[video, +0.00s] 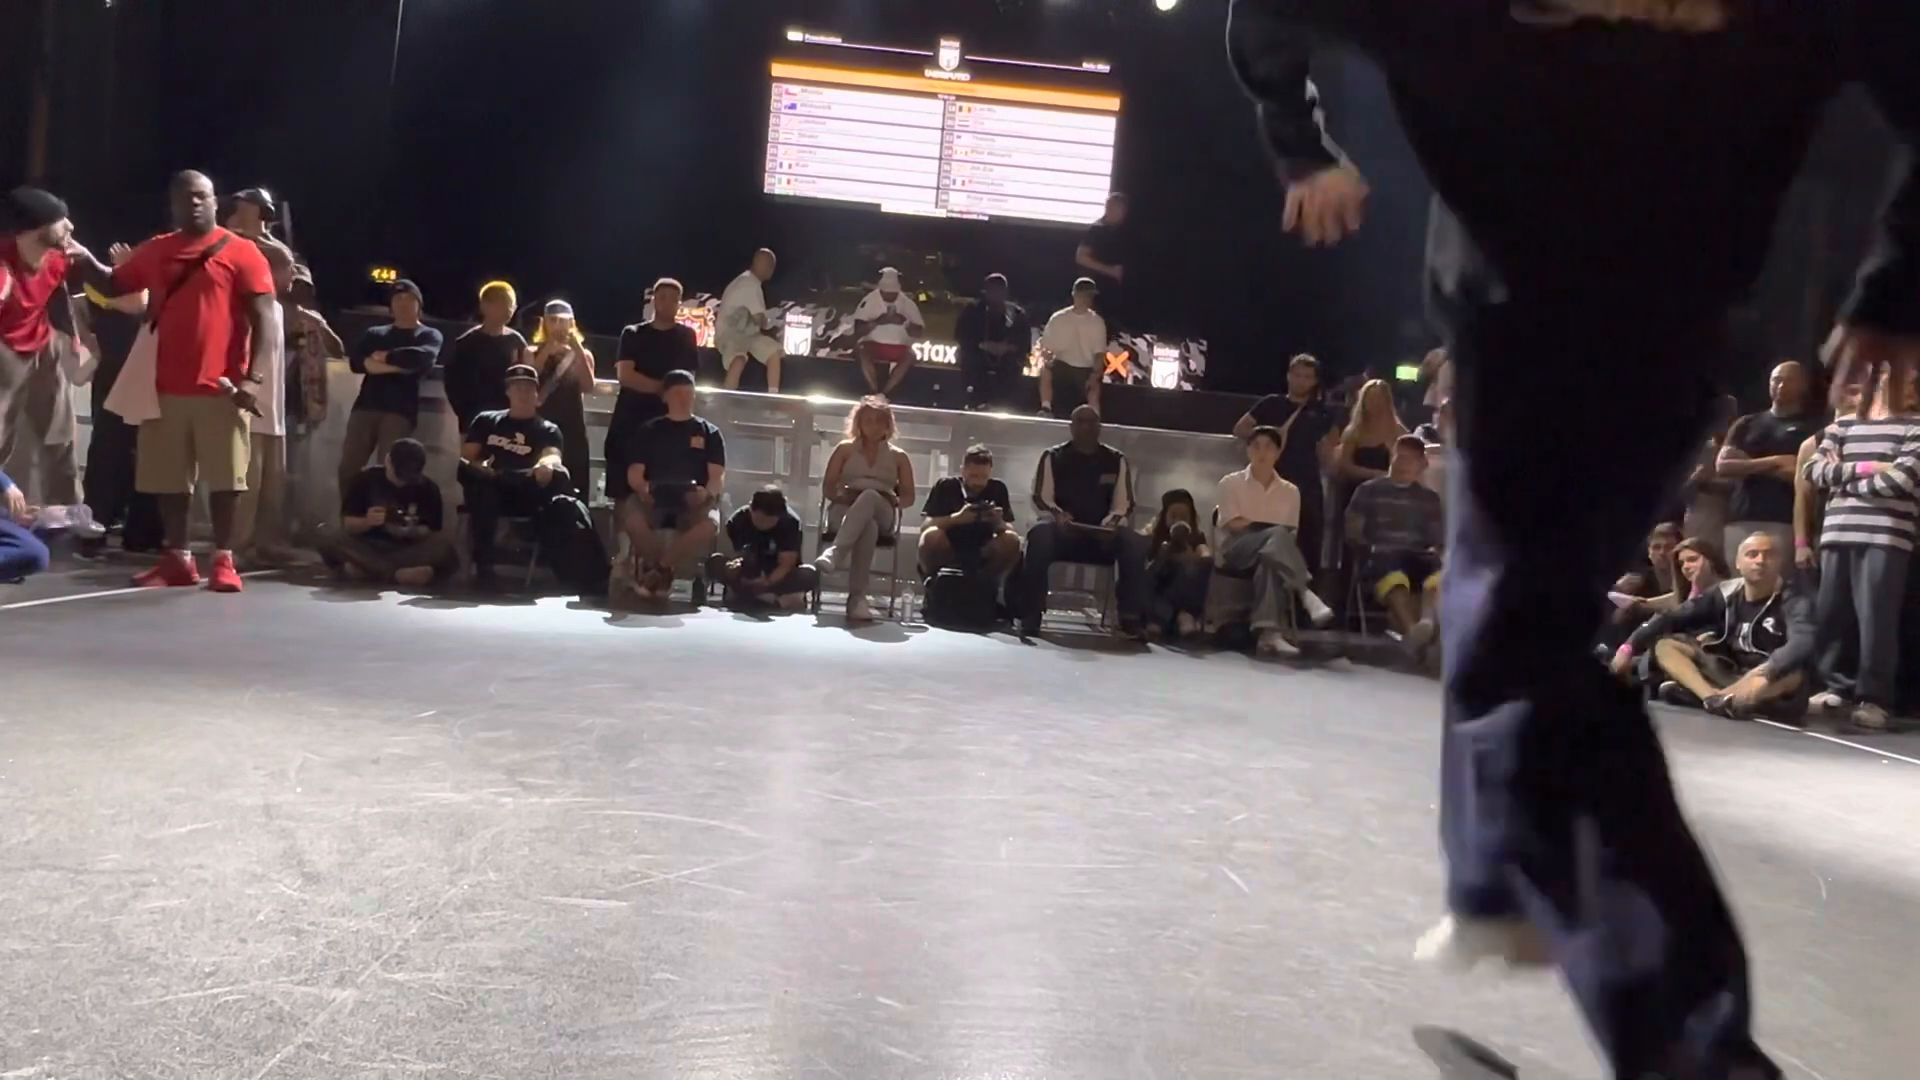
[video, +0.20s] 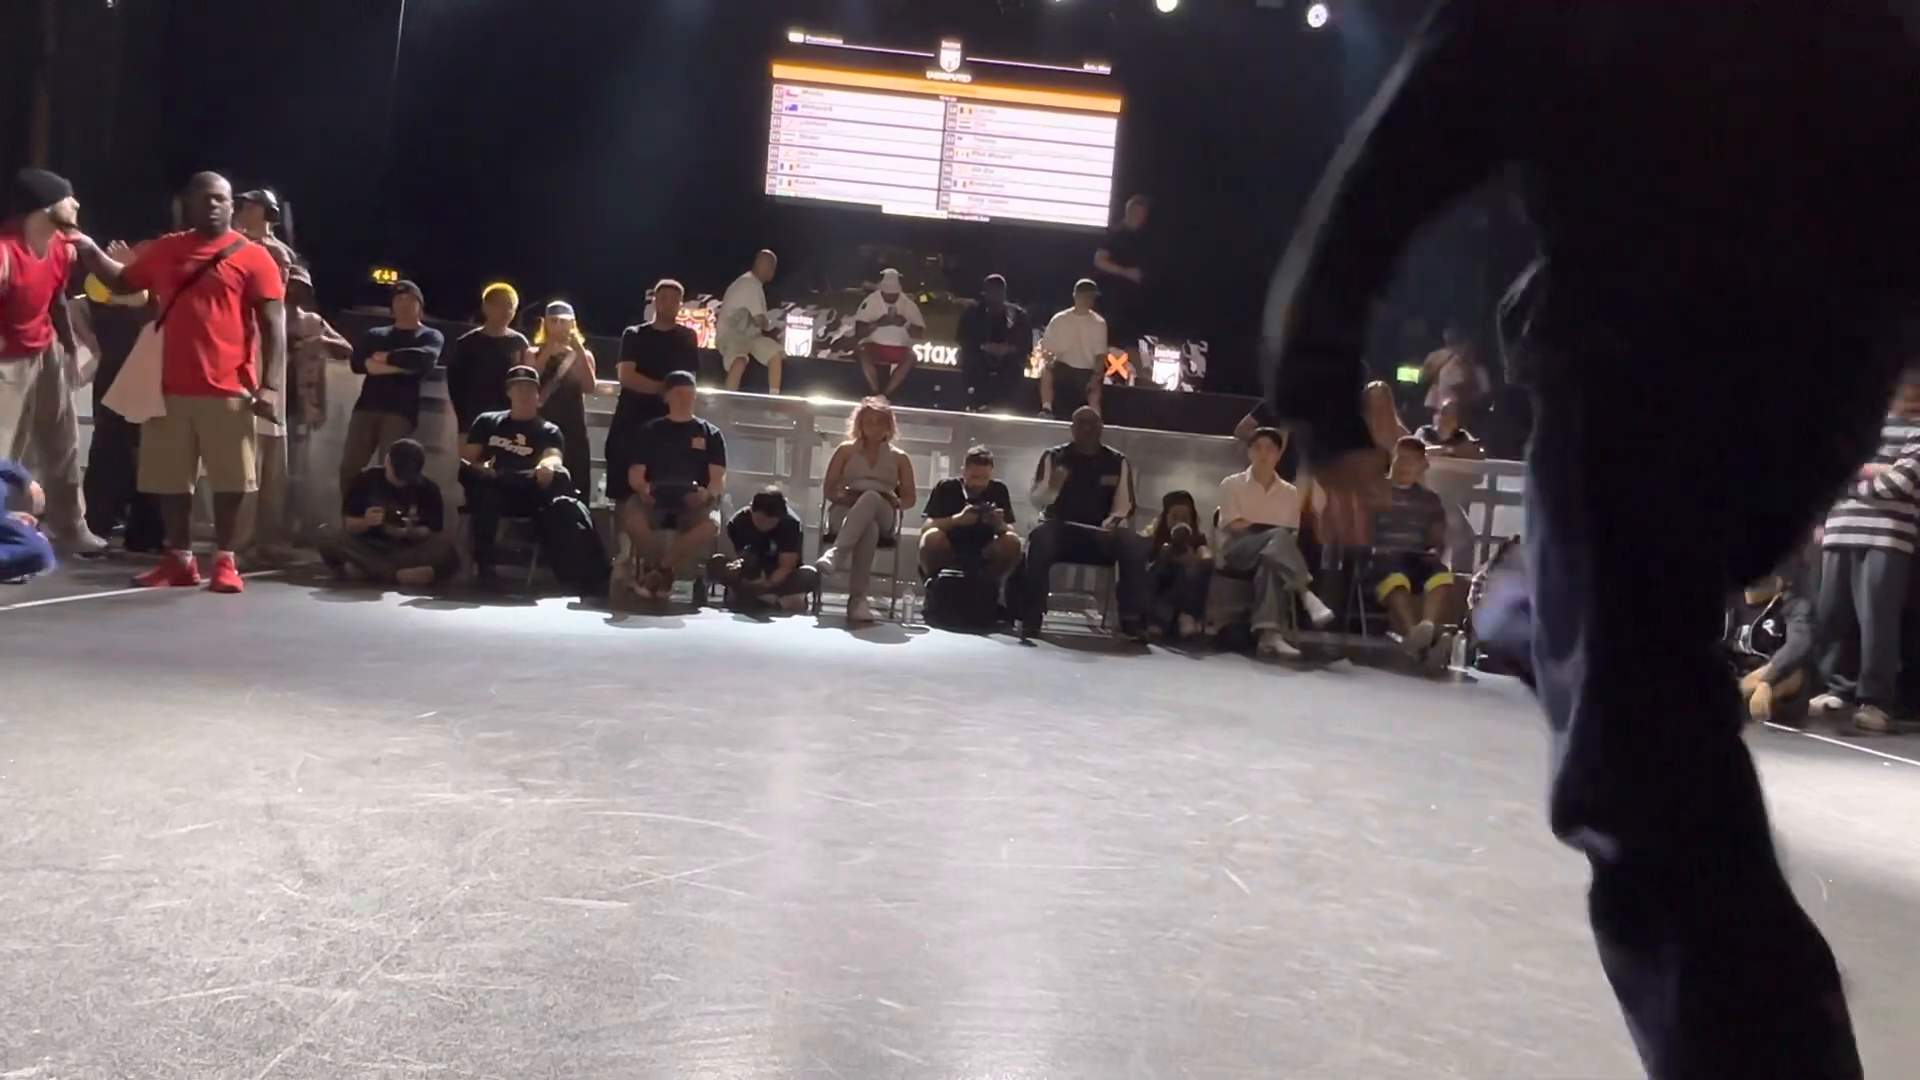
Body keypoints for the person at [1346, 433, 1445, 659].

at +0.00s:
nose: (1403, 463)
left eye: (1410, 458)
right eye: (1399, 456)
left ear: (1422, 464)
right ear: (1392, 458)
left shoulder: (1429, 497)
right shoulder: (1369, 491)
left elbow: (1437, 537)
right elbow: (1352, 531)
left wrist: (1435, 550)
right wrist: (1369, 548)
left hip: (1418, 554)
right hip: (1383, 552)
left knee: (1436, 583)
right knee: (1396, 586)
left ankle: (1426, 633)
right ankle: (1417, 642)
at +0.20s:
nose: (1404, 466)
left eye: (1411, 461)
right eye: (1400, 459)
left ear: (1422, 467)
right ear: (1392, 462)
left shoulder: (1430, 500)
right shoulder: (1375, 493)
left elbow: (1437, 537)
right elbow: (1364, 526)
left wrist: (1432, 550)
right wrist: (1369, 547)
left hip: (1419, 556)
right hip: (1385, 553)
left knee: (1442, 580)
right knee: (1396, 585)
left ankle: (1424, 637)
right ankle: (1417, 644)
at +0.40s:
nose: (1404, 465)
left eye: (1411, 460)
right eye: (1400, 458)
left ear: (1423, 466)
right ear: (1392, 460)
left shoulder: (1430, 498)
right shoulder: (1369, 492)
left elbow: (1437, 539)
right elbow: (1353, 535)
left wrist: (1430, 553)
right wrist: (1375, 550)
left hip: (1418, 555)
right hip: (1383, 551)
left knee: (1442, 578)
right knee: (1396, 583)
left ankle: (1426, 636)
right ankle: (1418, 645)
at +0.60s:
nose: (1405, 467)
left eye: (1412, 462)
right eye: (1401, 460)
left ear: (1422, 468)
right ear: (1392, 460)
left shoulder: (1430, 500)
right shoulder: (1369, 493)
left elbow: (1437, 543)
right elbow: (1352, 536)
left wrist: (1430, 555)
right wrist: (1374, 552)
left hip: (1418, 557)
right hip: (1383, 554)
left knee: (1442, 580)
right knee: (1396, 585)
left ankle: (1425, 636)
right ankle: (1419, 647)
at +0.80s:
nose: (1405, 468)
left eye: (1412, 463)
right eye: (1400, 461)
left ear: (1423, 468)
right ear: (1391, 462)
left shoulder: (1430, 501)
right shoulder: (1368, 494)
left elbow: (1436, 543)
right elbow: (1352, 537)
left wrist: (1432, 555)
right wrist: (1373, 553)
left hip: (1418, 558)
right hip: (1383, 555)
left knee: (1442, 580)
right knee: (1397, 586)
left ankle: (1425, 637)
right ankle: (1419, 647)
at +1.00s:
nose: (1401, 469)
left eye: (1408, 463)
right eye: (1397, 461)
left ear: (1419, 469)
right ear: (1388, 462)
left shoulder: (1426, 501)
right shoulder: (1365, 495)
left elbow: (1433, 543)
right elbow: (1349, 538)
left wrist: (1428, 555)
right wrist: (1370, 553)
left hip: (1415, 558)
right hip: (1380, 556)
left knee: (1439, 581)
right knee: (1394, 587)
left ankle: (1421, 636)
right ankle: (1415, 646)